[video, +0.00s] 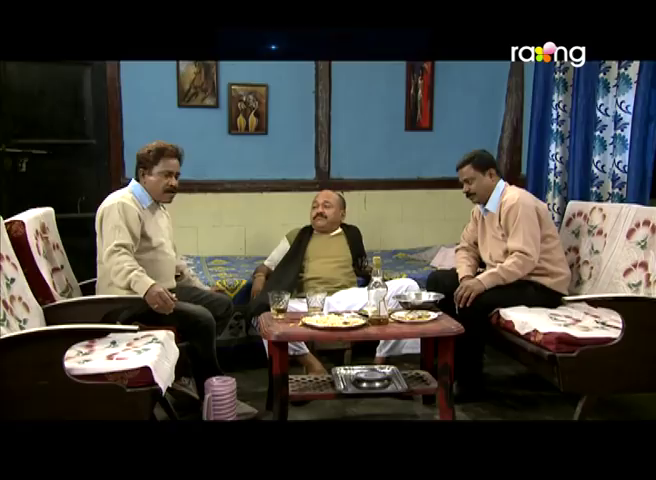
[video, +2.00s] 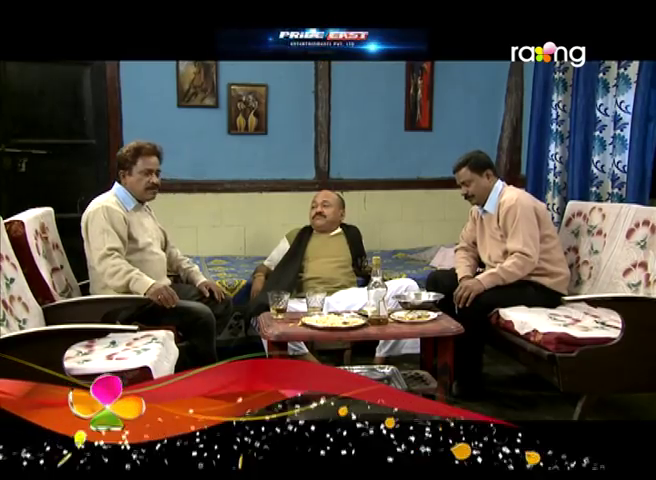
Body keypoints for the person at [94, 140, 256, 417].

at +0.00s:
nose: (174, 183)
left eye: (176, 176)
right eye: (167, 175)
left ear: (177, 178)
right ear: (144, 175)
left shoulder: (159, 208)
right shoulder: (119, 206)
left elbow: (172, 261)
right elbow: (117, 257)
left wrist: (202, 291)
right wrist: (147, 287)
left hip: (164, 292)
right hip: (128, 302)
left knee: (222, 306)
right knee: (201, 320)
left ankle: (184, 378)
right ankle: (215, 398)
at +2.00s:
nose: (155, 180)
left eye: (157, 174)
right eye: (146, 174)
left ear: (160, 174)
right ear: (124, 176)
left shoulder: (142, 210)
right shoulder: (104, 209)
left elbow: (169, 253)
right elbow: (108, 266)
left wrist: (199, 280)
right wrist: (148, 286)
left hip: (159, 292)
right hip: (126, 304)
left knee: (219, 302)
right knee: (201, 317)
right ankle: (206, 383)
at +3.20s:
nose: (165, 186)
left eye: (169, 179)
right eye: (158, 178)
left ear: (172, 180)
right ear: (136, 176)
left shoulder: (148, 211)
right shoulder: (112, 210)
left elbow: (170, 257)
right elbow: (128, 266)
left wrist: (200, 280)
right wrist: (178, 261)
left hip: (158, 295)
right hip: (127, 304)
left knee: (219, 303)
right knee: (200, 317)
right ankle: (206, 384)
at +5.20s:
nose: (185, 192)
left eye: (189, 186)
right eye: (178, 183)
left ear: (193, 188)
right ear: (157, 178)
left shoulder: (163, 216)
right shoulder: (132, 208)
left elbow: (181, 259)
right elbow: (148, 263)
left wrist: (203, 283)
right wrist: (169, 245)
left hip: (156, 297)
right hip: (128, 305)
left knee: (218, 303)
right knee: (201, 319)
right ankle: (203, 387)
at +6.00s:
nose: (175, 188)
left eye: (180, 182)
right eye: (169, 179)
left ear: (183, 184)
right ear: (147, 177)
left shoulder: (157, 213)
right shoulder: (124, 208)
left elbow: (178, 258)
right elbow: (143, 260)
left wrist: (202, 282)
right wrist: (166, 242)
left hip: (156, 296)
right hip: (127, 304)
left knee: (219, 304)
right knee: (200, 319)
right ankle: (203, 385)